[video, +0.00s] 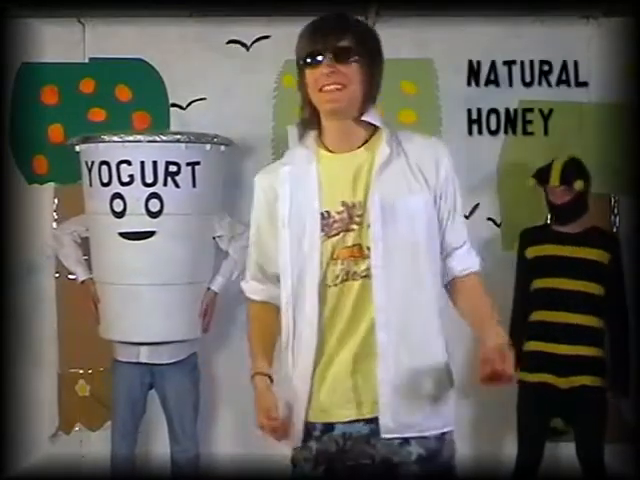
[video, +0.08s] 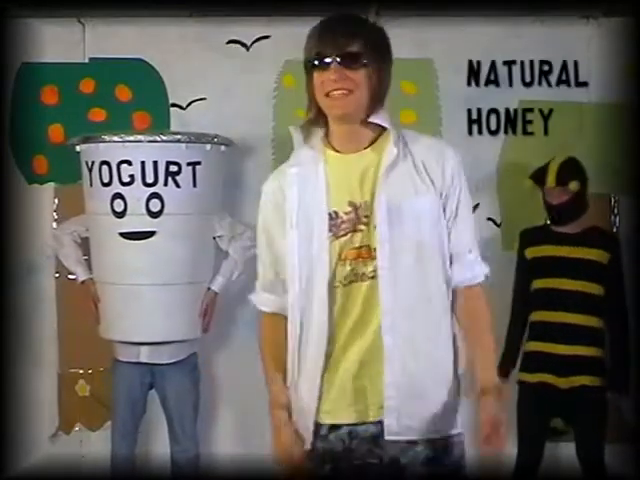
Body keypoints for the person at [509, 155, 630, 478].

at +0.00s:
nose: (555, 196)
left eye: (563, 188)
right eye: (550, 188)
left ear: (581, 189)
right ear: (543, 191)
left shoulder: (606, 243)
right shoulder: (530, 239)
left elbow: (617, 311)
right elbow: (521, 302)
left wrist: (619, 372)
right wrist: (514, 352)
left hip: (586, 370)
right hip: (536, 368)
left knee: (591, 460)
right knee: (527, 458)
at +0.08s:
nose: (550, 196)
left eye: (557, 188)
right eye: (546, 188)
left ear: (576, 189)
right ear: (542, 191)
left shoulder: (605, 243)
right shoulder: (531, 239)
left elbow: (616, 311)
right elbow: (520, 305)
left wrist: (619, 370)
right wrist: (508, 357)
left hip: (586, 372)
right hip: (536, 371)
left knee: (592, 460)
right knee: (527, 460)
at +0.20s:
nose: (547, 198)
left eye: (554, 190)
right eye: (544, 190)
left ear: (573, 192)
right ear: (541, 193)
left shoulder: (605, 243)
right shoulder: (531, 240)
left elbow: (615, 311)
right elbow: (519, 305)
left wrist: (614, 371)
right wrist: (504, 358)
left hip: (585, 376)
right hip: (536, 374)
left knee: (592, 462)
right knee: (527, 461)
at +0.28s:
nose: (546, 197)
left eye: (554, 190)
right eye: (543, 190)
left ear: (573, 192)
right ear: (540, 192)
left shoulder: (604, 243)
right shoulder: (531, 241)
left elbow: (614, 311)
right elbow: (519, 305)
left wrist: (612, 371)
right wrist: (504, 356)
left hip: (585, 376)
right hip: (535, 375)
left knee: (592, 463)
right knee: (526, 461)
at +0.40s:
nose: (545, 198)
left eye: (554, 190)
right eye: (543, 190)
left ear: (574, 192)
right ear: (540, 193)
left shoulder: (605, 244)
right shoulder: (531, 241)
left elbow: (613, 313)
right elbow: (520, 305)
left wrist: (609, 372)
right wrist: (507, 354)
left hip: (585, 377)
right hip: (535, 375)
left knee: (592, 463)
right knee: (527, 461)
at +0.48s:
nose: (546, 198)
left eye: (554, 190)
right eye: (543, 190)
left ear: (574, 192)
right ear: (541, 193)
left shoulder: (605, 244)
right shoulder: (532, 241)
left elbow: (614, 313)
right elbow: (521, 305)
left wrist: (609, 373)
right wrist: (511, 356)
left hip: (585, 378)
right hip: (536, 376)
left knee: (592, 463)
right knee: (526, 461)